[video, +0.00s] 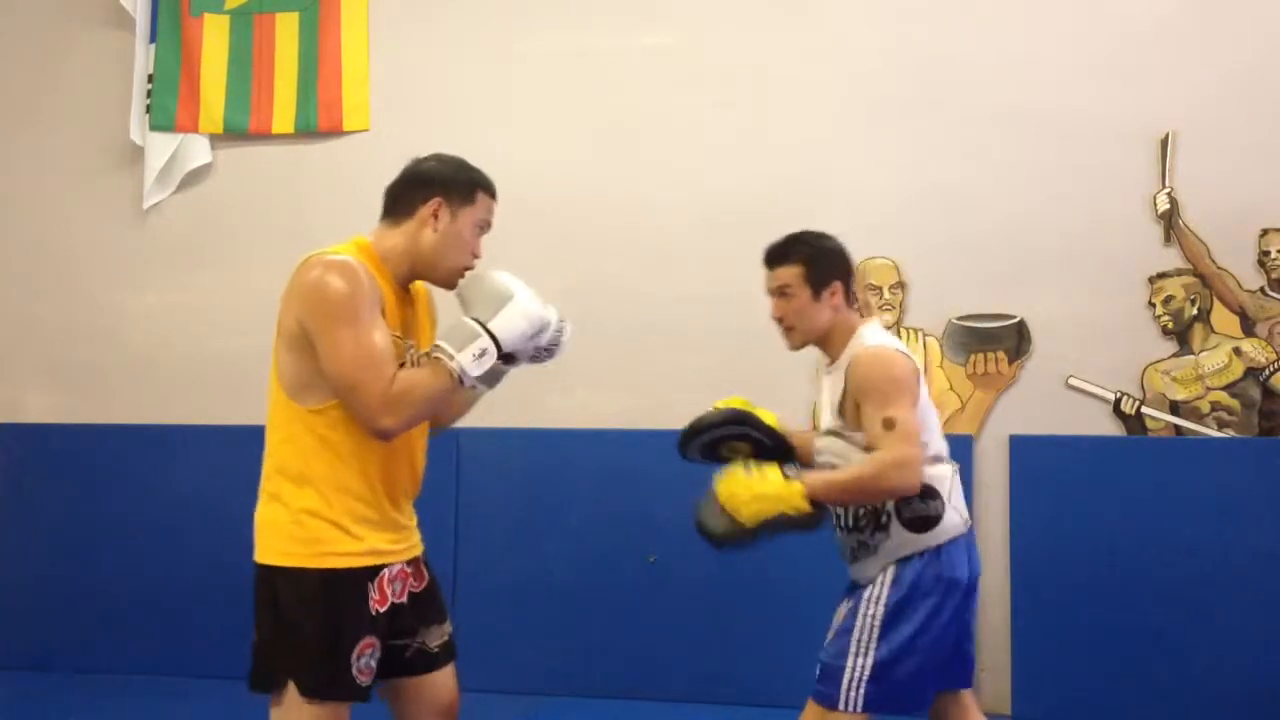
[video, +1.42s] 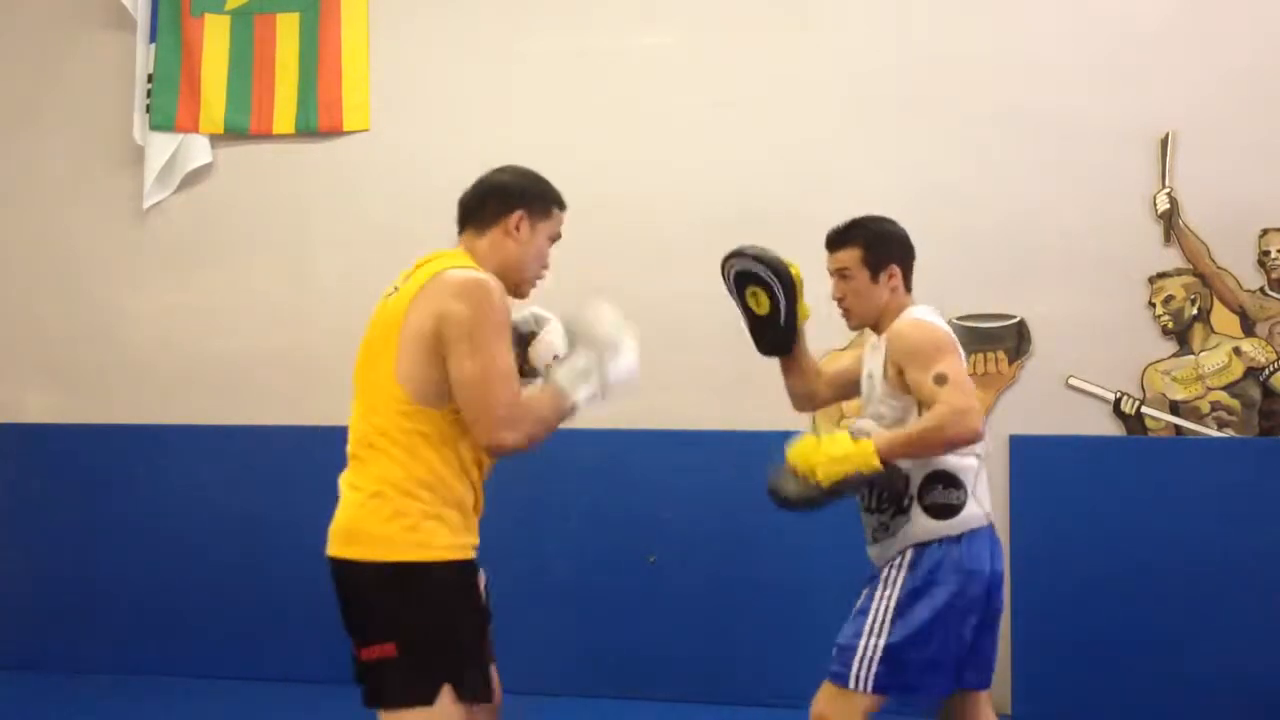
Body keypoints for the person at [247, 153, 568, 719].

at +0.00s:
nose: (480, 251)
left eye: (485, 234)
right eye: (478, 230)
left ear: (435, 219)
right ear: (435, 216)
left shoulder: (414, 299)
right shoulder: (334, 280)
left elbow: (435, 413)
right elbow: (384, 410)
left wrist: (500, 357)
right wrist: (485, 346)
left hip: (394, 546)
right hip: (319, 554)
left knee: (434, 703)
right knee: (312, 708)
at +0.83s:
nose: (484, 278)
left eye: (487, 262)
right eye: (483, 259)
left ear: (442, 248)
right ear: (446, 248)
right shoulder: (383, 306)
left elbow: (437, 410)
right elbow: (433, 411)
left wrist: (482, 348)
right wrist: (498, 352)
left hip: (366, 576)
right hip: (332, 587)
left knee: (451, 691)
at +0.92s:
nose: (491, 261)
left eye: (494, 245)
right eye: (490, 243)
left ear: (435, 233)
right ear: (455, 232)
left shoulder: (343, 297)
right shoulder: (446, 295)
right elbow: (570, 327)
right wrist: (614, 320)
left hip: (307, 558)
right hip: (360, 567)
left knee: (442, 692)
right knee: (350, 711)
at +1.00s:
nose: (507, 256)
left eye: (508, 237)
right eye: (504, 236)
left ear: (435, 233)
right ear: (471, 229)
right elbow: (626, 307)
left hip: (319, 552)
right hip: (377, 564)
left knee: (446, 698)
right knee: (358, 714)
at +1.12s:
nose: (532, 262)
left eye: (533, 245)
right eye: (529, 243)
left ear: (457, 240)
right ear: (497, 239)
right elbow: (625, 385)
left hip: (339, 546)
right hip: (400, 555)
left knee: (458, 690)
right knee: (402, 710)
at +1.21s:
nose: (542, 265)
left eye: (545, 247)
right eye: (541, 245)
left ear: (492, 236)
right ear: (508, 235)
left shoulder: (401, 296)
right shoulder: (498, 300)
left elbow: (449, 412)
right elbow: (562, 421)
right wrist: (604, 415)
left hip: (352, 537)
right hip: (411, 544)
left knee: (453, 700)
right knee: (427, 708)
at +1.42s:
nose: (550, 261)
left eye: (555, 244)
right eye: (550, 240)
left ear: (509, 227)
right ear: (516, 227)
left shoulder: (428, 279)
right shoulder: (472, 291)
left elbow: (432, 400)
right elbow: (500, 427)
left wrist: (513, 363)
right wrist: (579, 379)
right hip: (411, 553)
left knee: (478, 698)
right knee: (430, 708)